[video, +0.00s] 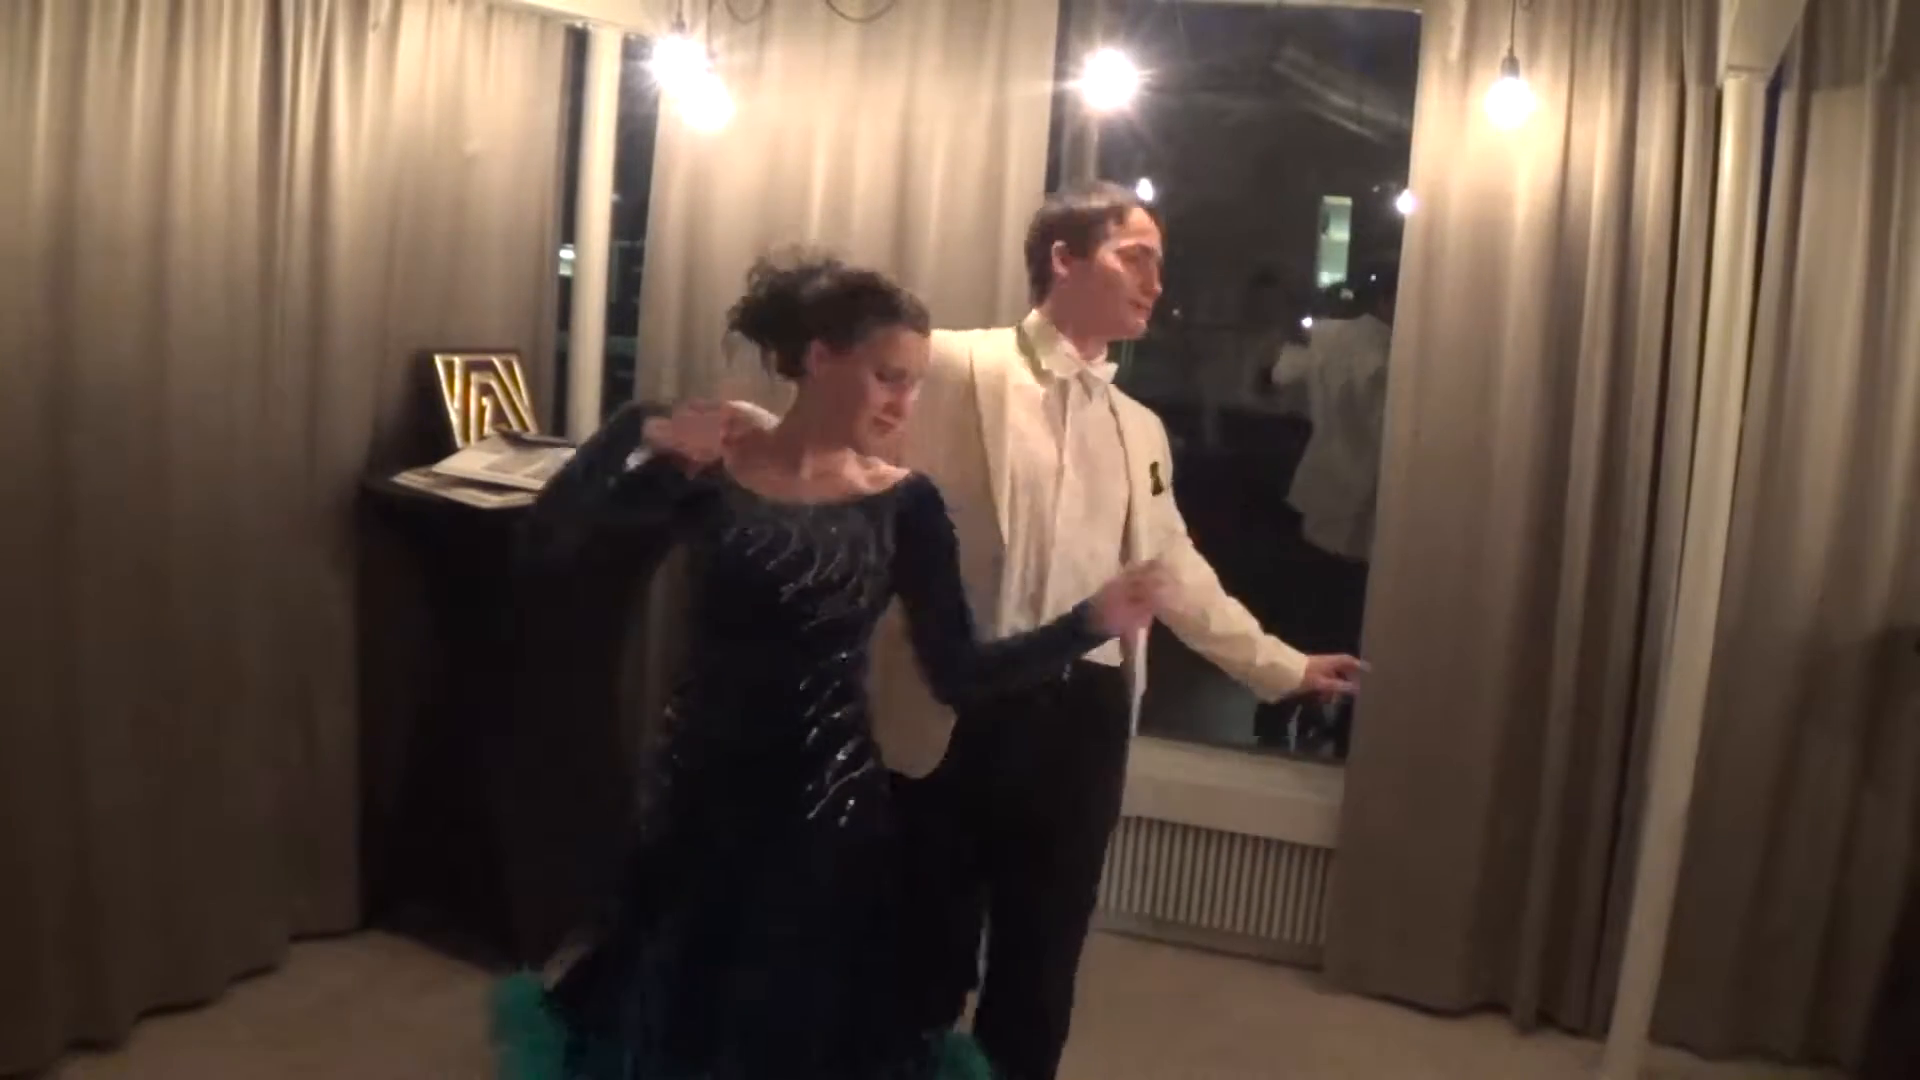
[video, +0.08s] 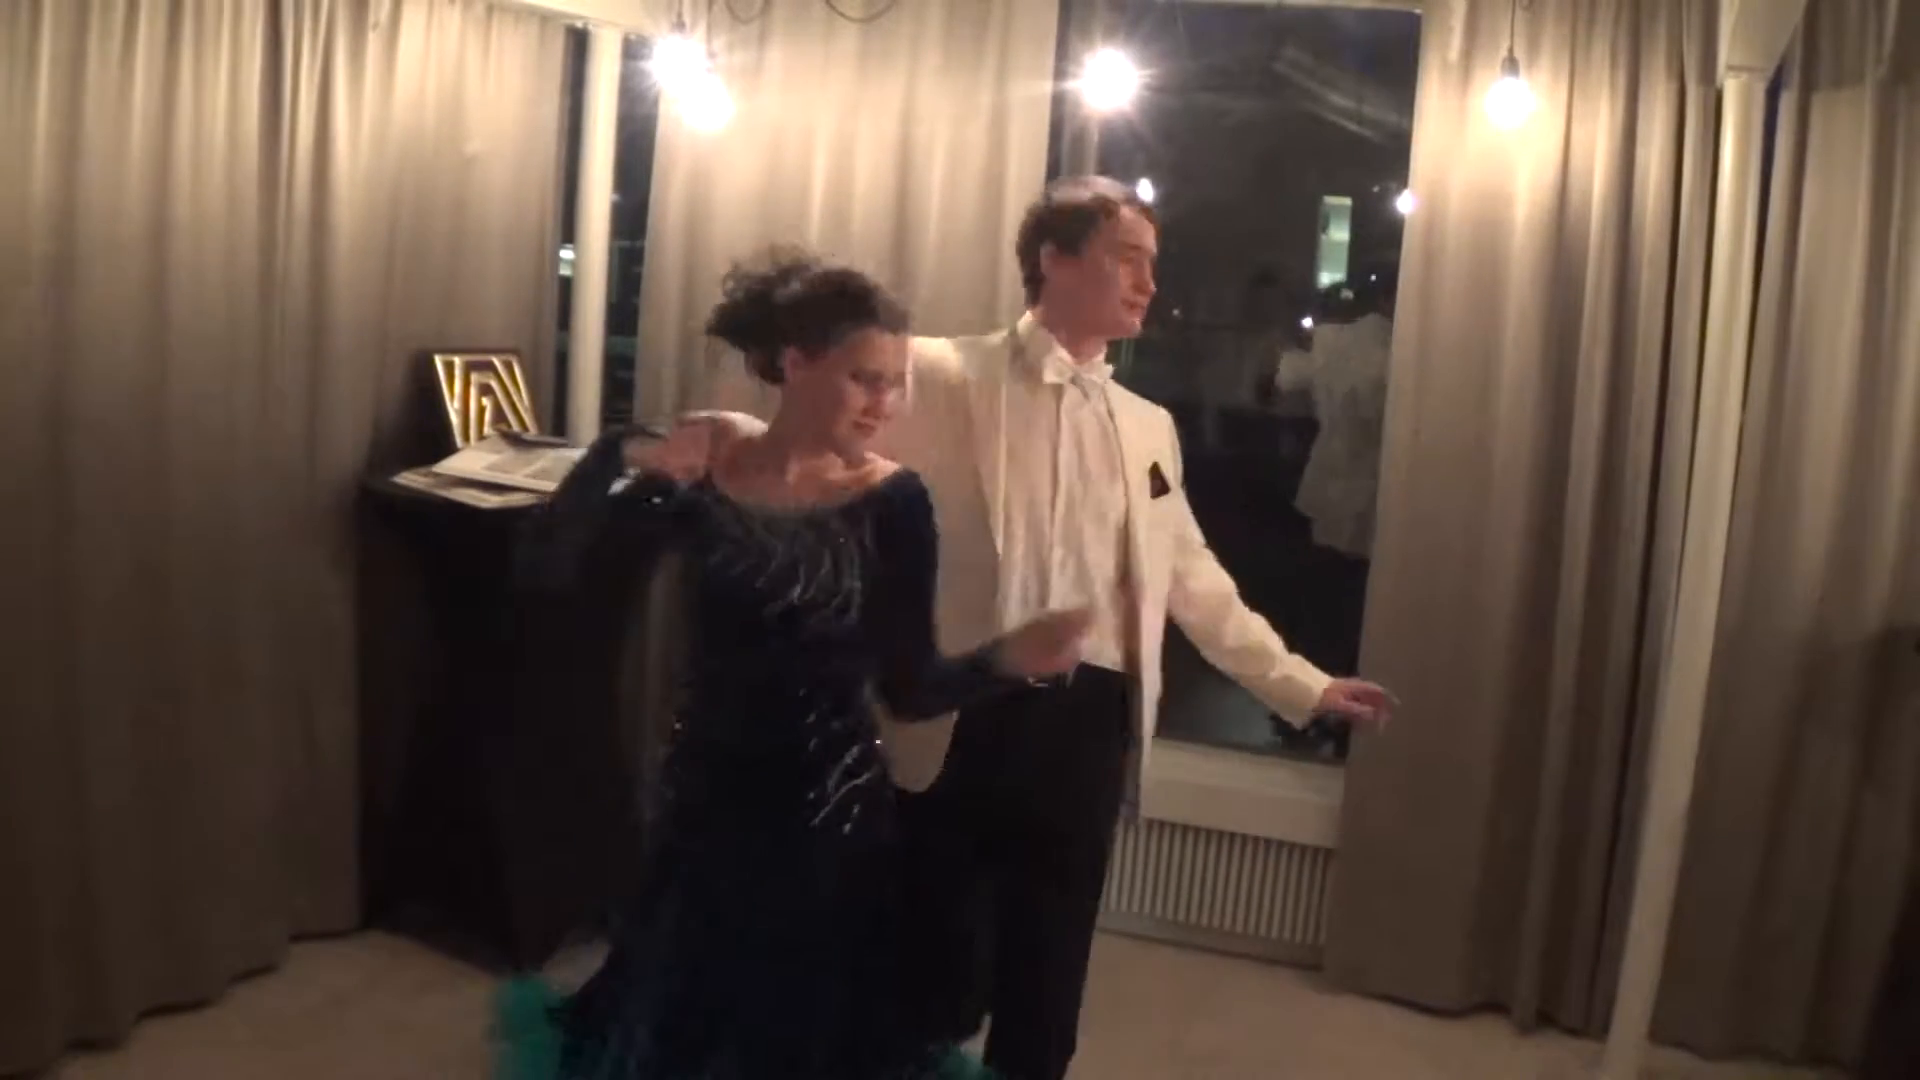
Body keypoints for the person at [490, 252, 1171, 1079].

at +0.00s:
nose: (905, 406)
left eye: (914, 384)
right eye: (888, 379)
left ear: (917, 385)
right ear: (819, 362)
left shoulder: (902, 501)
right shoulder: (713, 466)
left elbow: (960, 674)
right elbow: (552, 545)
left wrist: (1090, 623)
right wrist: (638, 435)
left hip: (836, 781)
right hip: (712, 773)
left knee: (828, 1005)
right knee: (691, 1001)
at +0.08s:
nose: (886, 405)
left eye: (895, 385)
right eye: (866, 381)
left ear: (902, 384)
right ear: (794, 365)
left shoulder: (892, 500)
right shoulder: (705, 463)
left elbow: (907, 689)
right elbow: (559, 571)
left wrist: (1004, 661)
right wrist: (622, 457)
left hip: (837, 786)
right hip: (712, 779)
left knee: (830, 1013)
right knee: (698, 1004)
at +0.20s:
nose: (853, 386)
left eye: (869, 365)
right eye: (829, 363)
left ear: (882, 366)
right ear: (761, 352)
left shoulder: (877, 476)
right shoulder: (699, 450)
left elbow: (870, 669)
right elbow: (546, 571)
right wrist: (601, 449)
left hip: (820, 763)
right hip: (702, 749)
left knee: (811, 981)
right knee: (679, 963)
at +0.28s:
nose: (837, 378)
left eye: (852, 354)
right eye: (811, 356)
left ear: (867, 350)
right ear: (745, 347)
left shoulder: (872, 461)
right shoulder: (689, 453)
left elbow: (869, 642)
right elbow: (530, 570)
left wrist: (797, 679)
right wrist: (584, 441)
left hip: (824, 761)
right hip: (702, 751)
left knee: (811, 987)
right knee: (676, 966)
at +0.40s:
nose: (823, 383)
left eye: (839, 356)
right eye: (795, 359)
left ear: (854, 346)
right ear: (727, 350)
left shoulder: (863, 458)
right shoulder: (677, 458)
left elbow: (848, 649)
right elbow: (516, 580)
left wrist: (730, 738)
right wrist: (572, 444)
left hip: (823, 780)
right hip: (698, 773)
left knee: (813, 1016)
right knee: (657, 1007)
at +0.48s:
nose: (818, 388)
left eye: (834, 361)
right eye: (790, 365)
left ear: (849, 349)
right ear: (721, 353)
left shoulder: (859, 463)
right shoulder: (670, 459)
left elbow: (843, 662)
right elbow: (510, 582)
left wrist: (739, 794)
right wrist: (561, 447)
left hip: (817, 778)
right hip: (687, 766)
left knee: (798, 1009)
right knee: (649, 989)